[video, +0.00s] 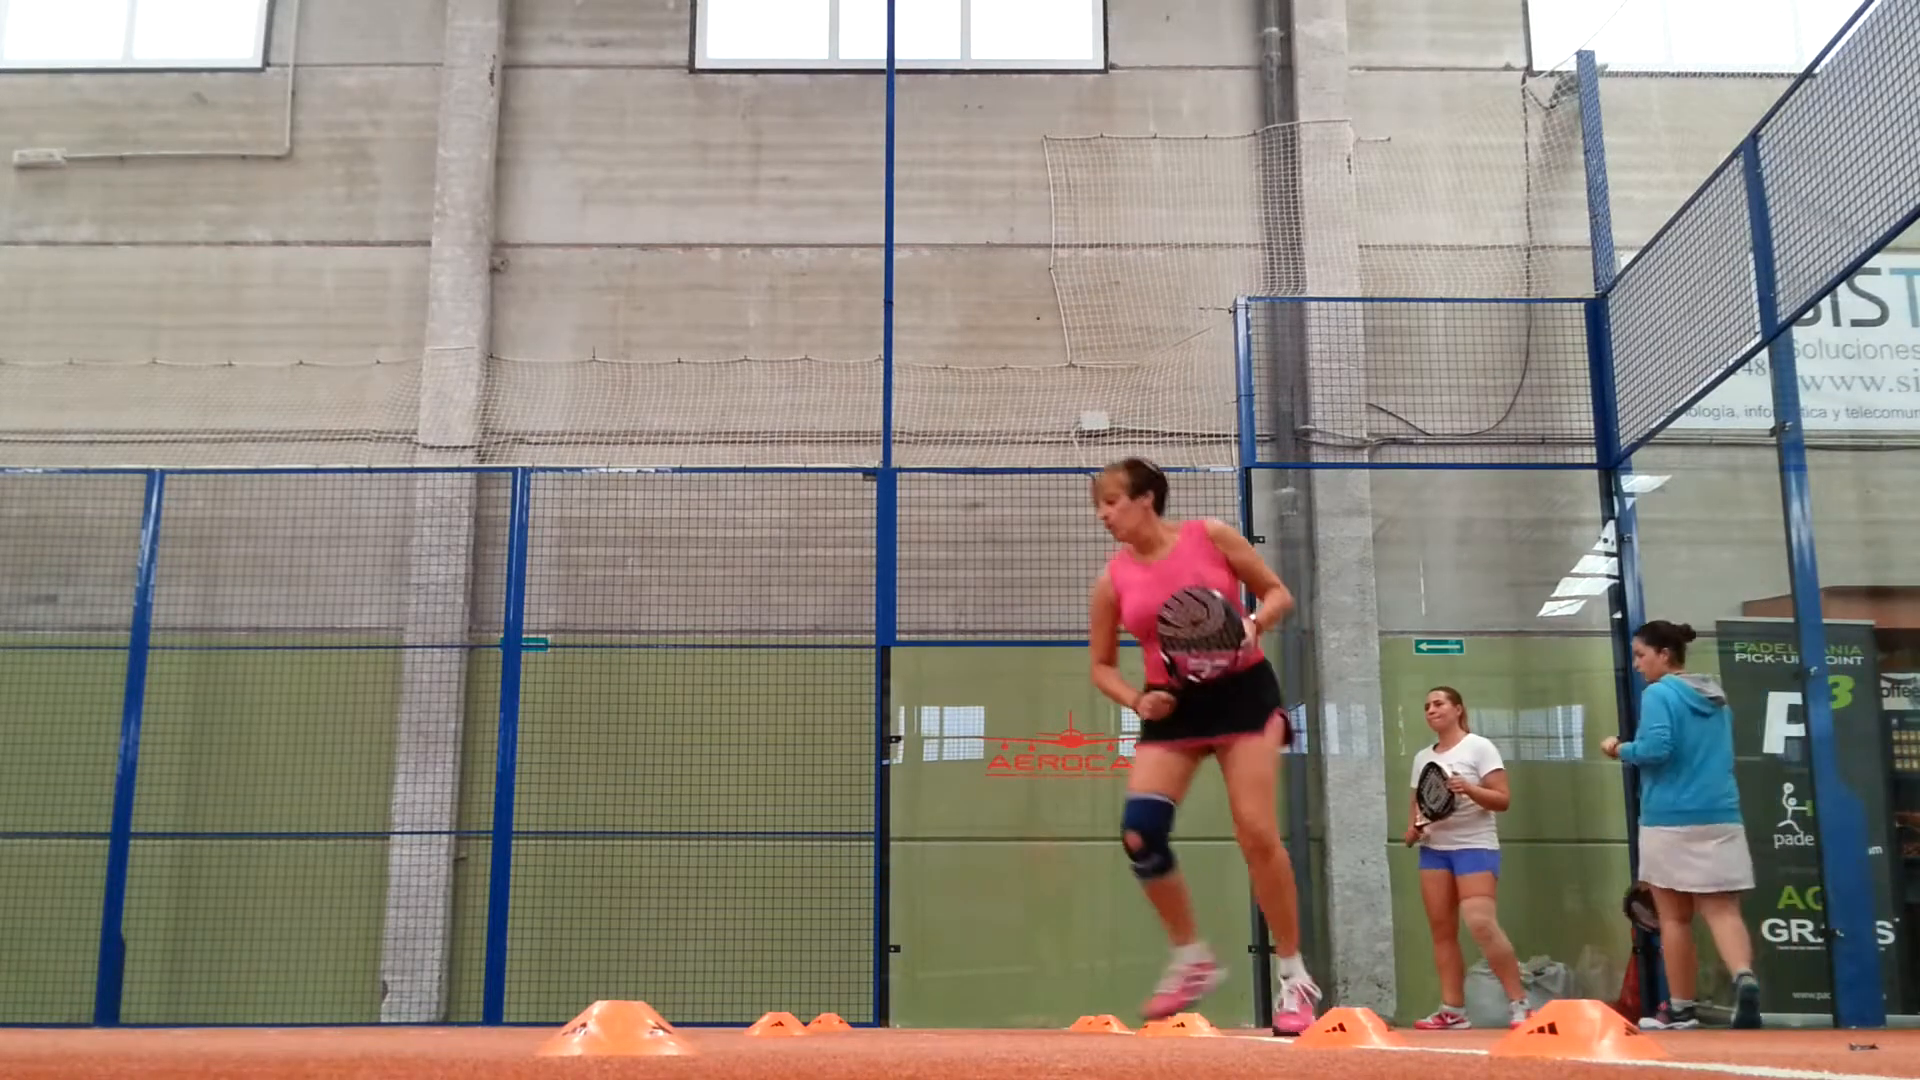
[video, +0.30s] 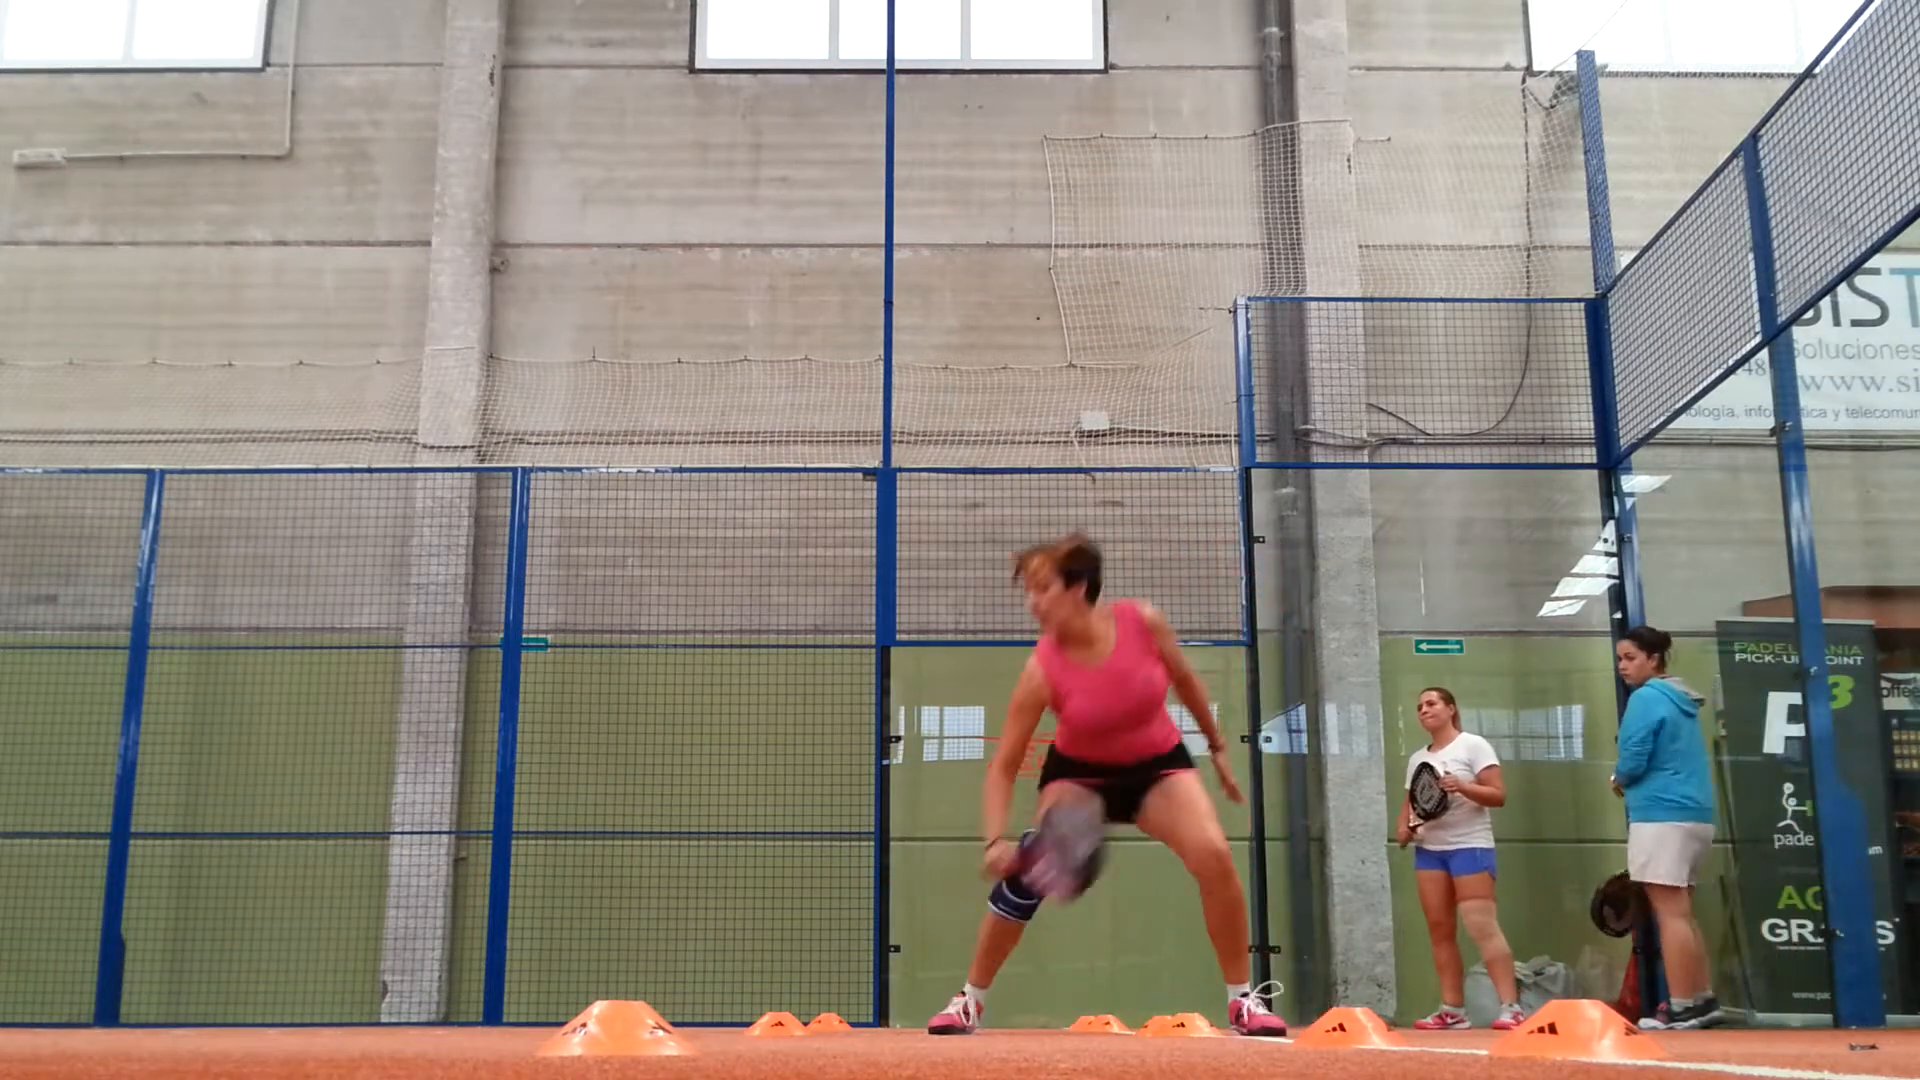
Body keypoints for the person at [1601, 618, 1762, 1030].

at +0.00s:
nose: (1636, 664)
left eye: (1640, 655)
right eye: (1635, 656)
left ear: (1664, 654)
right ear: (1671, 656)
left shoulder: (1659, 692)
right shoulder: (1713, 693)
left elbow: (1657, 748)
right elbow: (1723, 756)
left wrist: (1619, 749)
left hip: (1669, 819)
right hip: (1720, 814)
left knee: (1673, 918)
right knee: (1723, 906)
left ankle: (1681, 1010)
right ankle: (1744, 976)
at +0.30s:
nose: (1622, 666)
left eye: (1629, 658)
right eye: (1620, 659)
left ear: (1653, 659)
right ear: (1653, 663)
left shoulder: (1646, 698)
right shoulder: (1679, 696)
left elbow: (1633, 760)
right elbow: (1670, 759)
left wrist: (1618, 780)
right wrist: (1629, 778)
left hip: (1663, 815)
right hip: (1694, 813)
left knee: (1671, 914)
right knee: (1681, 911)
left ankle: (1681, 1006)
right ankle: (1702, 999)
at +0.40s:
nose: (1621, 670)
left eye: (1628, 662)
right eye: (1618, 663)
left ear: (1653, 663)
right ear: (1643, 666)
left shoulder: (1649, 702)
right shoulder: (1667, 701)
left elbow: (1630, 765)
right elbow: (1650, 776)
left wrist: (1616, 783)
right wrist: (1631, 830)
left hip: (1663, 817)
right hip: (1678, 816)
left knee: (1669, 914)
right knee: (1674, 915)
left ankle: (1681, 1008)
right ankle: (1683, 1006)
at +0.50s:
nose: (1622, 673)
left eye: (1630, 665)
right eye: (1620, 667)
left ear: (1652, 668)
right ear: (1622, 671)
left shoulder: (1656, 705)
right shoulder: (1645, 708)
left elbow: (1636, 766)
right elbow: (1623, 776)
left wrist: (1612, 787)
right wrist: (1611, 830)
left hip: (1663, 819)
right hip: (1660, 819)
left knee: (1665, 914)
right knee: (1666, 915)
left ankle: (1678, 1008)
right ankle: (1674, 1006)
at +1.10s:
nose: (1628, 674)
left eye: (1636, 668)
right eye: (1622, 669)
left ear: (1651, 674)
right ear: (1615, 677)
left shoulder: (1671, 712)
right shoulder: (1608, 725)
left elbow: (1686, 764)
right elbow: (1605, 781)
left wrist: (1634, 783)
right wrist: (1607, 832)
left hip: (1686, 826)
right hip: (1642, 835)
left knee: (1698, 917)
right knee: (1663, 921)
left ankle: (1716, 997)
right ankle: (1674, 1008)